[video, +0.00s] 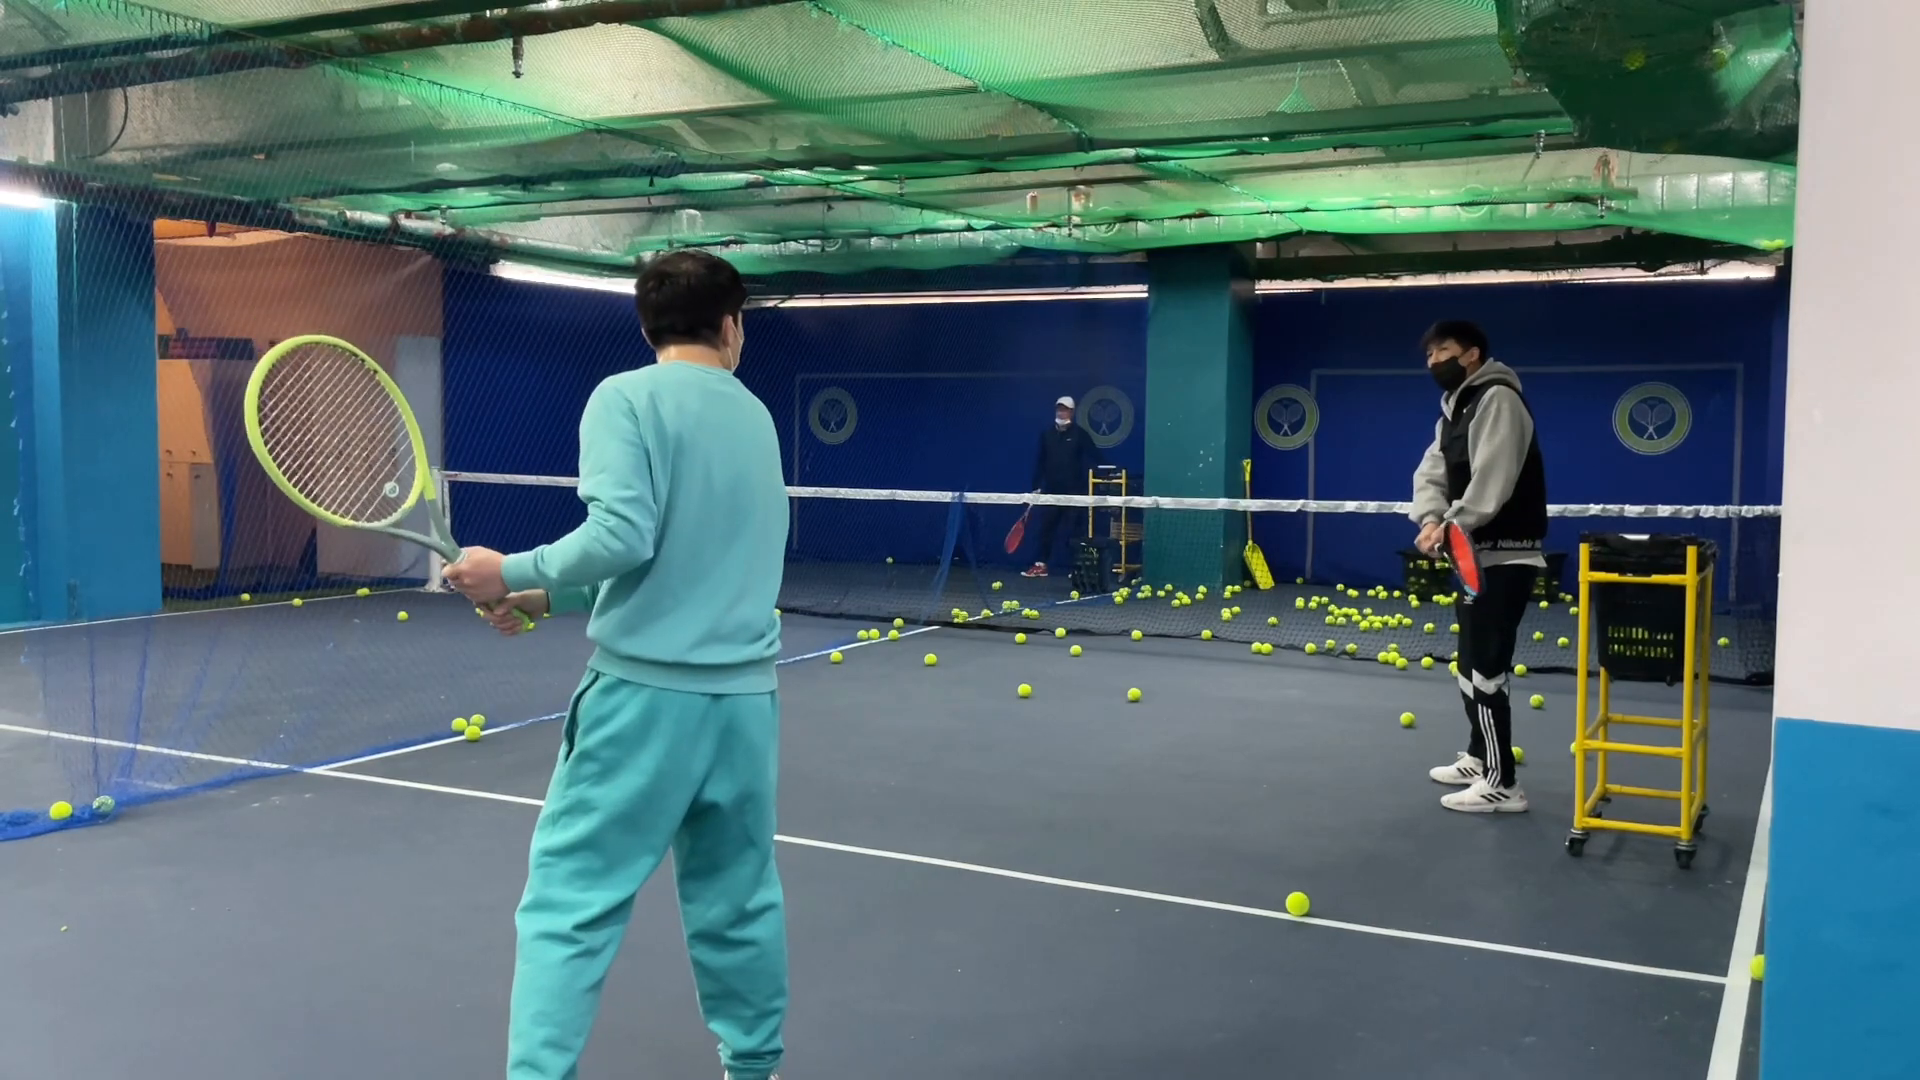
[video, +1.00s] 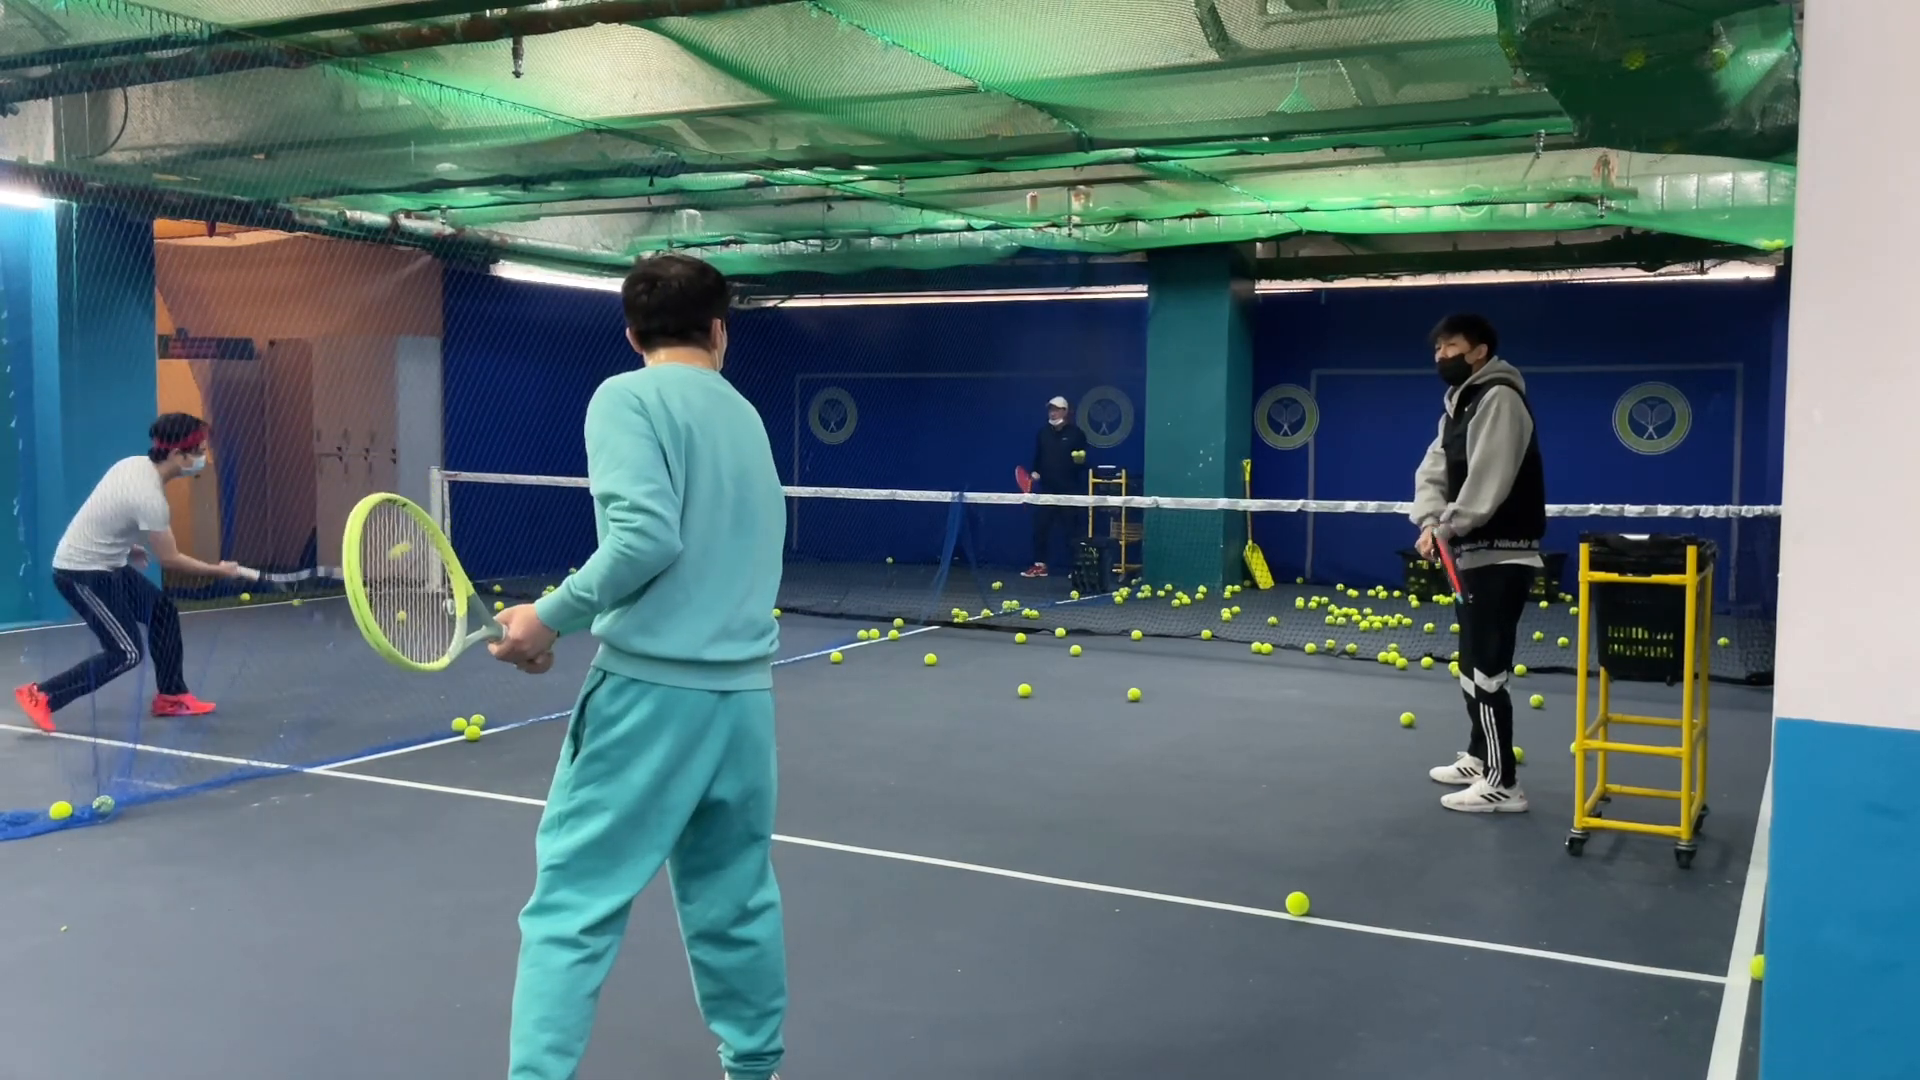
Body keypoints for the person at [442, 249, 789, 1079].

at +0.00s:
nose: (744, 333)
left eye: (743, 320)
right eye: (742, 320)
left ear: (648, 326)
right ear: (730, 324)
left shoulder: (624, 397)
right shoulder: (755, 415)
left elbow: (622, 536)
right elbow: (688, 558)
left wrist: (509, 570)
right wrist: (545, 594)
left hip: (641, 702)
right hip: (745, 704)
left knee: (569, 907)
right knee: (739, 898)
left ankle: (538, 1068)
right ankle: (754, 1063)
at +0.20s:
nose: (736, 335)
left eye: (734, 325)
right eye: (734, 323)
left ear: (642, 330)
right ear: (725, 328)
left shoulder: (626, 397)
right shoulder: (750, 417)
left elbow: (630, 534)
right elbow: (678, 562)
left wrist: (515, 580)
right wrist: (546, 604)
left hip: (642, 698)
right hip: (743, 702)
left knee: (570, 905)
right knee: (736, 895)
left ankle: (538, 1068)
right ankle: (753, 1063)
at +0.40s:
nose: (732, 336)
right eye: (731, 325)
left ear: (640, 331)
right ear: (722, 329)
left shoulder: (626, 397)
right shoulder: (748, 418)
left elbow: (633, 532)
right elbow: (679, 562)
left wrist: (521, 586)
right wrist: (547, 607)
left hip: (643, 698)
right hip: (742, 702)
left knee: (569, 907)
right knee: (735, 895)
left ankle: (538, 1068)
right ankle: (754, 1063)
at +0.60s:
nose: (732, 336)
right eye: (731, 325)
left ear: (639, 332)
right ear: (720, 330)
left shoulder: (628, 397)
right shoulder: (749, 419)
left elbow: (643, 532)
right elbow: (707, 566)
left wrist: (532, 596)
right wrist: (551, 612)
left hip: (646, 699)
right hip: (743, 702)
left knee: (570, 910)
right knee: (736, 897)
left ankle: (539, 1068)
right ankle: (756, 1063)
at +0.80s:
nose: (732, 335)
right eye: (731, 324)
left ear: (639, 332)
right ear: (720, 331)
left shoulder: (630, 397)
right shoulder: (746, 417)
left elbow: (649, 533)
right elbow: (727, 560)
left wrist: (544, 607)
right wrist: (563, 617)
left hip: (647, 699)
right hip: (744, 704)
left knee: (572, 910)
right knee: (736, 899)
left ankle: (539, 1068)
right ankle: (756, 1064)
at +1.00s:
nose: (731, 338)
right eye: (729, 327)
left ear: (637, 332)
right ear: (717, 331)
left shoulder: (627, 398)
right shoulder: (745, 418)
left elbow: (646, 536)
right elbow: (750, 556)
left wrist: (547, 616)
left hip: (647, 700)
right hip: (744, 703)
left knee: (572, 910)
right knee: (735, 898)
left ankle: (539, 1069)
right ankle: (755, 1063)